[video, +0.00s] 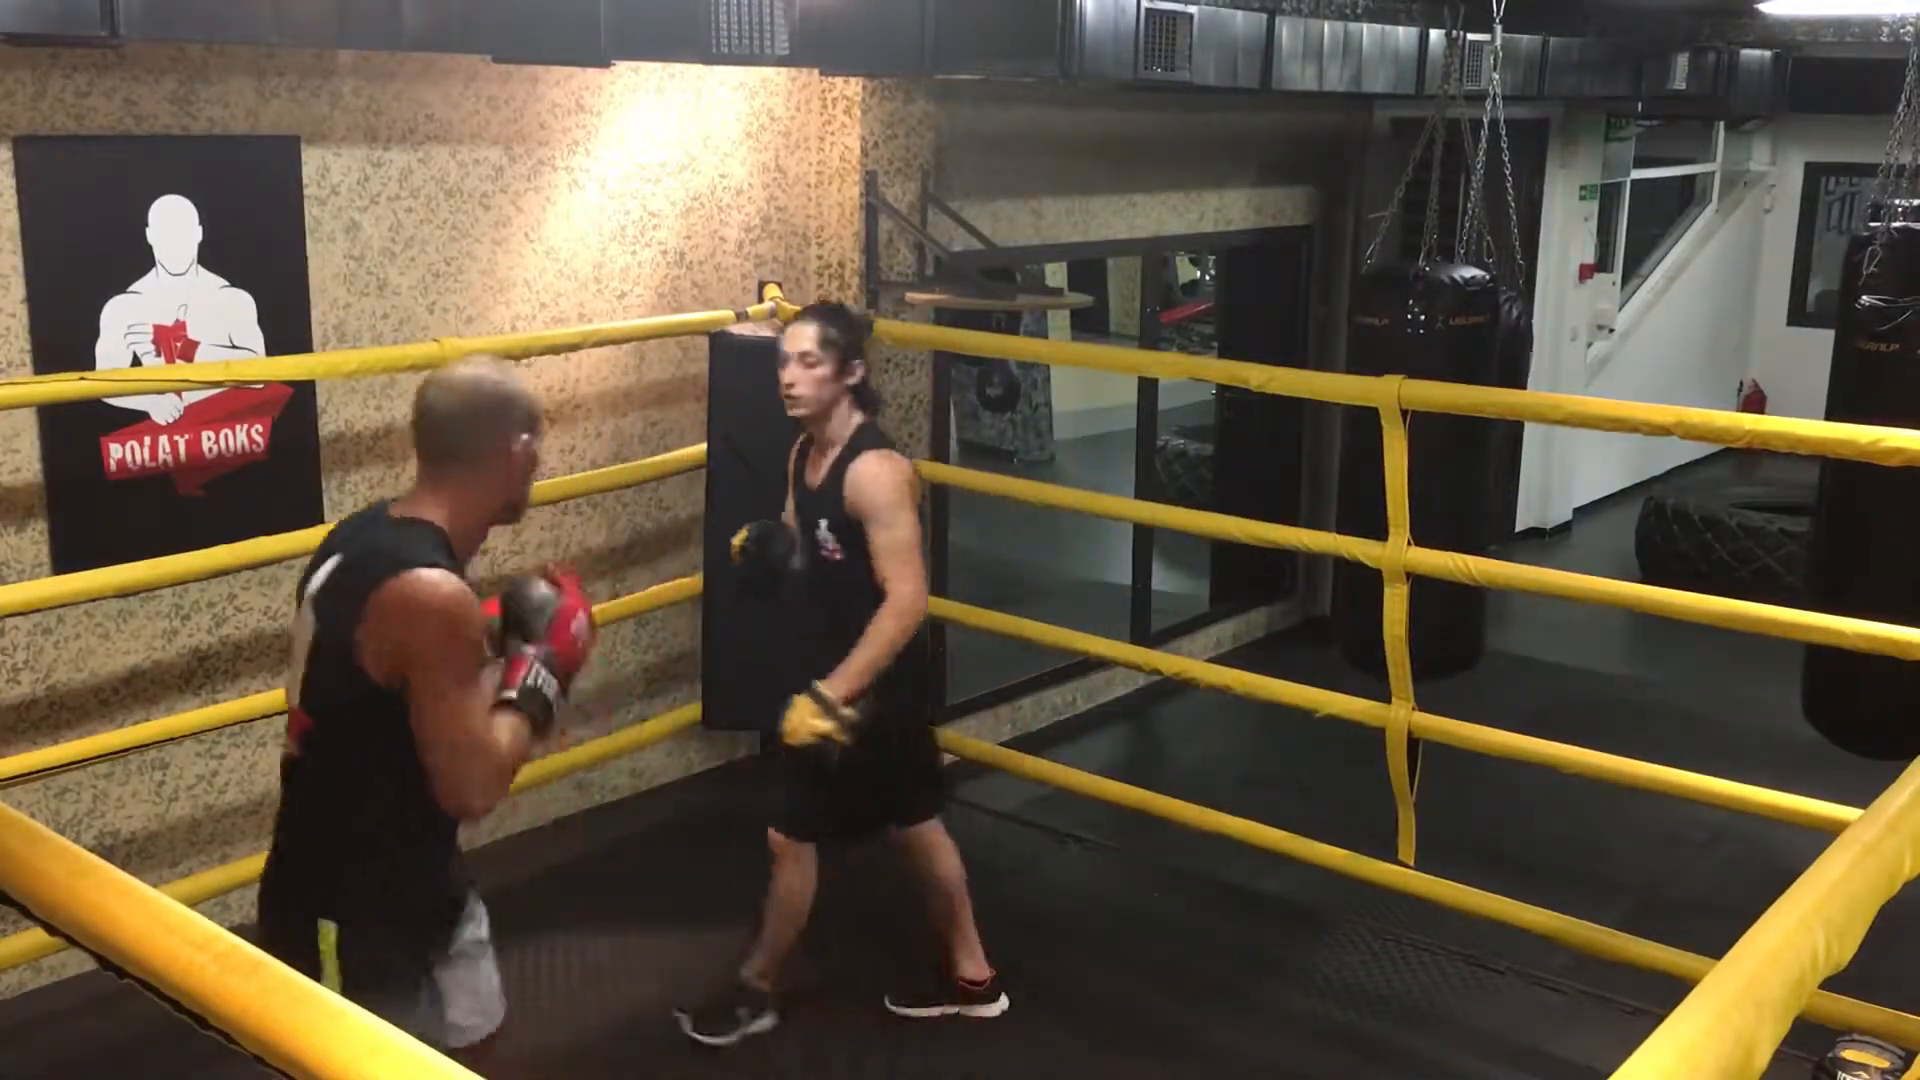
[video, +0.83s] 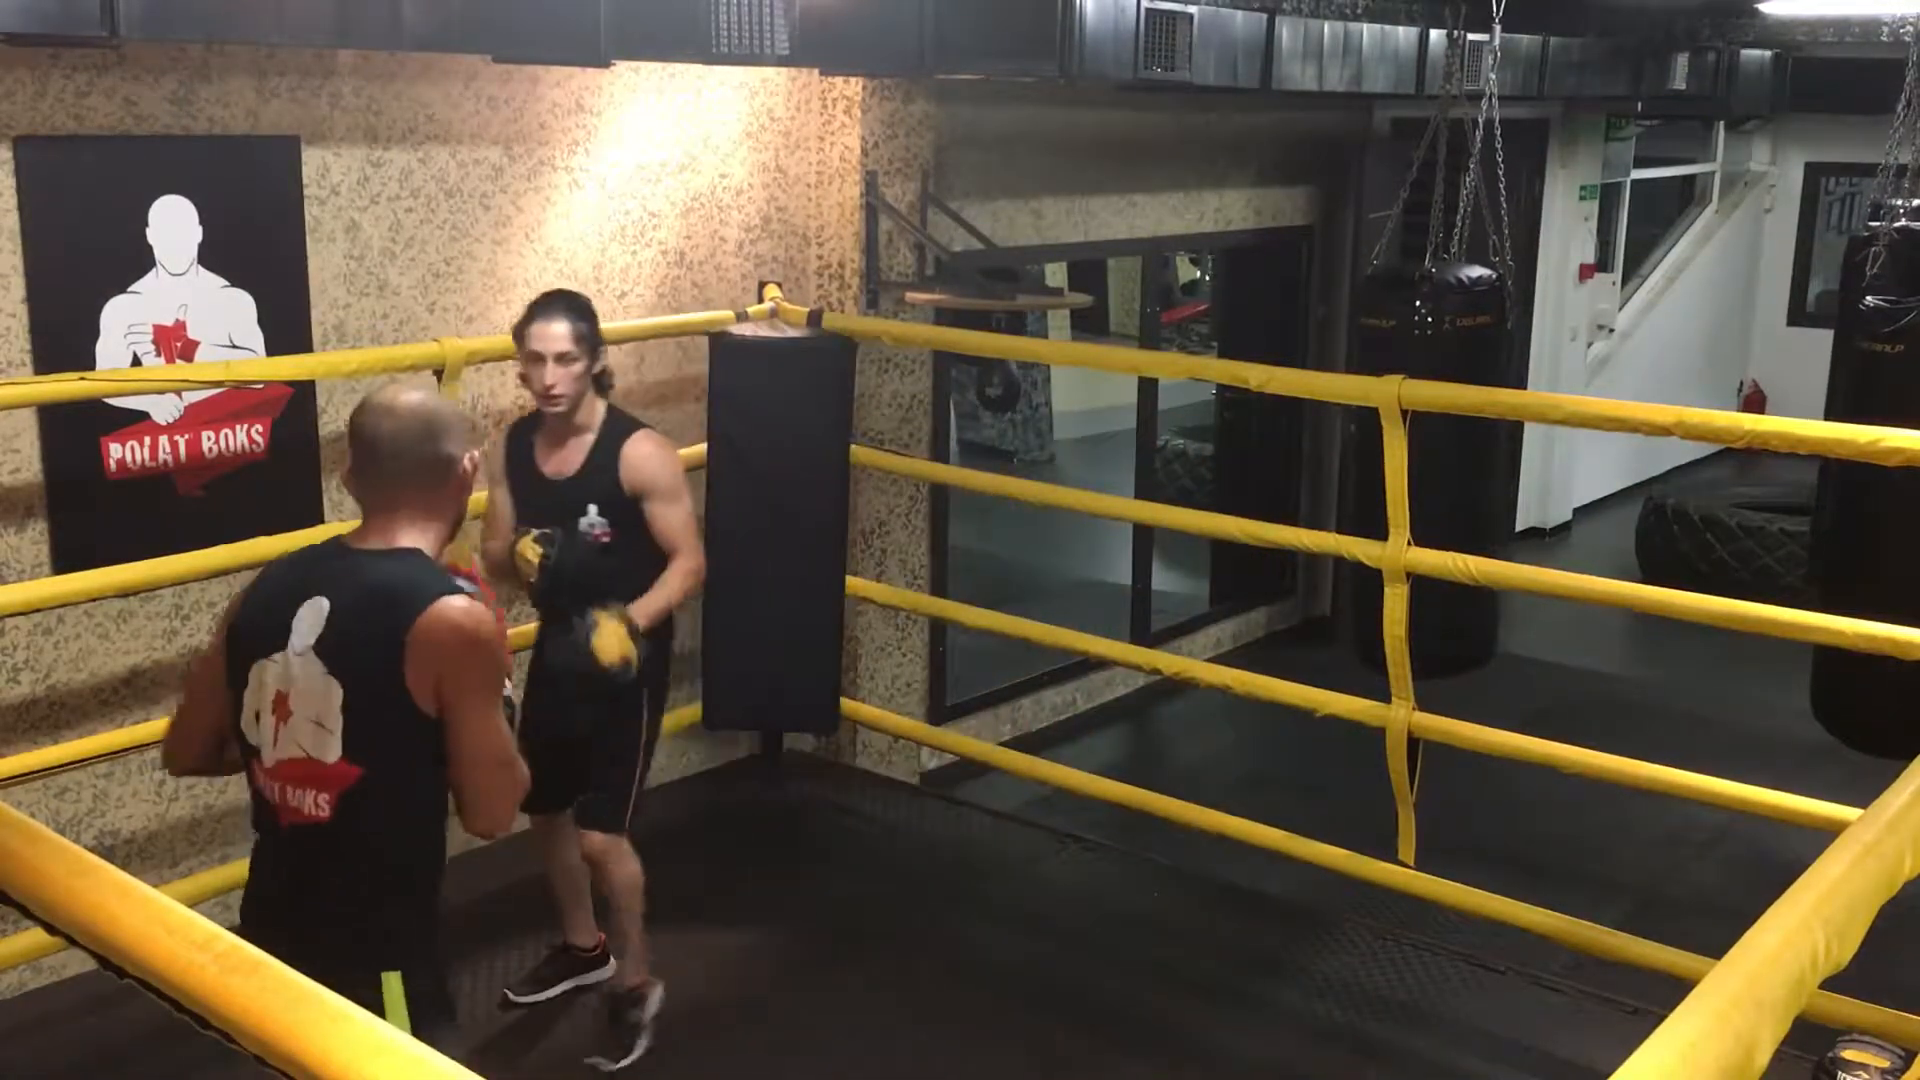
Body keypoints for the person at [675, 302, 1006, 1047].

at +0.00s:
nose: (789, 376)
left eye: (807, 362)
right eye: (785, 361)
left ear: (850, 374)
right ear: (782, 371)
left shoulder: (876, 472)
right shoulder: (807, 453)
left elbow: (908, 602)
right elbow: (819, 541)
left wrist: (831, 695)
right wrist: (772, 545)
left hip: (876, 681)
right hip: (848, 669)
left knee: (791, 835)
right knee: (917, 822)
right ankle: (974, 976)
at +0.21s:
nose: (711, 396)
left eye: (728, 382)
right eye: (710, 380)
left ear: (775, 390)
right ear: (720, 384)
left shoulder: (800, 495)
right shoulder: (740, 455)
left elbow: (809, 630)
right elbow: (756, 543)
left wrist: (716, 701)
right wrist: (707, 552)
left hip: (793, 689)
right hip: (764, 677)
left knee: (732, 833)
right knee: (823, 819)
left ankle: (730, 989)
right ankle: (939, 941)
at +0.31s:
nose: (692, 395)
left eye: (709, 381)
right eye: (686, 378)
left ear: (750, 389)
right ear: (681, 380)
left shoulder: (767, 489)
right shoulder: (707, 451)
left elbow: (773, 622)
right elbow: (722, 535)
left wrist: (676, 683)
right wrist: (678, 553)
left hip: (772, 680)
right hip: (738, 668)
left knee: (722, 833)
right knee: (762, 815)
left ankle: (731, 991)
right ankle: (868, 905)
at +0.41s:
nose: (669, 384)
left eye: (688, 370)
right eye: (662, 366)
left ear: (725, 377)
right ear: (653, 367)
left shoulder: (743, 473)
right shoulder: (666, 438)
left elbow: (753, 605)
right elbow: (680, 525)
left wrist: (659, 665)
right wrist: (639, 545)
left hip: (743, 664)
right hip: (694, 651)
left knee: (725, 833)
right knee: (677, 802)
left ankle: (732, 990)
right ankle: (772, 910)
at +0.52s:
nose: (641, 374)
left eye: (660, 359)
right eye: (632, 357)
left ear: (695, 365)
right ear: (621, 359)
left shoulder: (719, 463)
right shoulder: (627, 436)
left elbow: (741, 593)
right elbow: (631, 539)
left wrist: (642, 660)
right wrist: (603, 553)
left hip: (717, 663)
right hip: (650, 652)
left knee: (711, 834)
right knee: (641, 807)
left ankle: (733, 987)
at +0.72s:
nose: (575, 384)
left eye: (591, 368)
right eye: (562, 368)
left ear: (622, 371)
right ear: (548, 373)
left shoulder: (661, 460)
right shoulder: (544, 451)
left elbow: (707, 580)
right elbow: (523, 561)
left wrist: (634, 658)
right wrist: (534, 560)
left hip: (655, 662)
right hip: (583, 652)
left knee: (618, 839)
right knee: (555, 810)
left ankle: (695, 962)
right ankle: (583, 947)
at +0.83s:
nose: (549, 377)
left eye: (565, 360)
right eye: (535, 361)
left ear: (596, 363)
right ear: (520, 366)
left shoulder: (639, 451)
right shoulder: (515, 445)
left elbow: (690, 561)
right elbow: (497, 557)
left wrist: (636, 619)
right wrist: (514, 568)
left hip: (627, 656)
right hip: (554, 650)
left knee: (603, 834)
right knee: (549, 812)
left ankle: (636, 985)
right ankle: (582, 948)